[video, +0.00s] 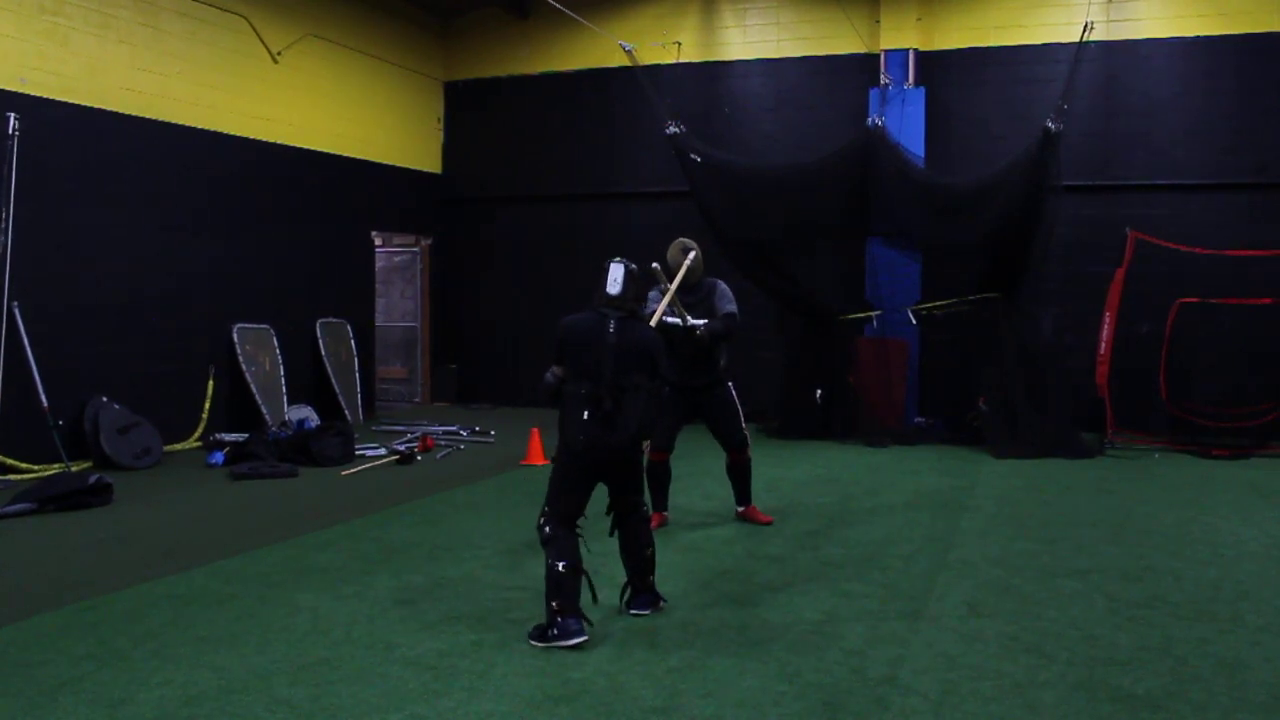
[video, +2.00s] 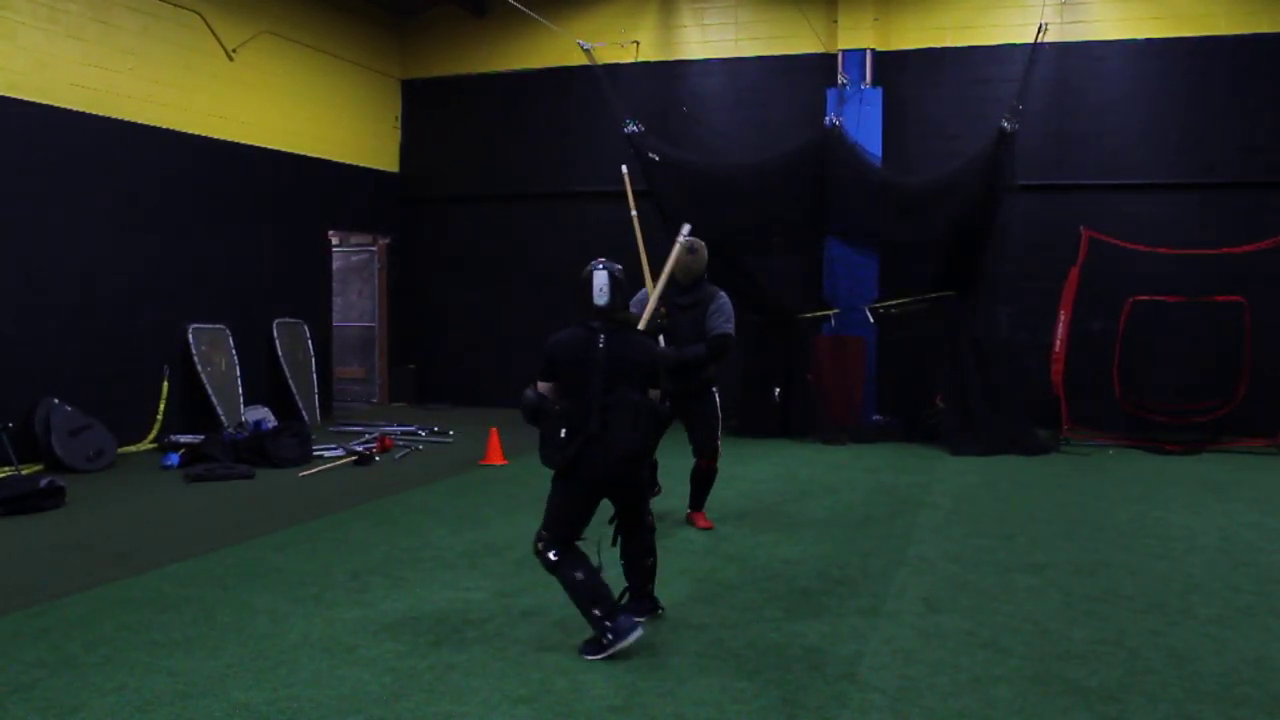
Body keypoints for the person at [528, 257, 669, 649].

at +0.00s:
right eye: (637, 294)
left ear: (599, 291)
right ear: (639, 297)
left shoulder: (574, 328)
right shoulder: (647, 338)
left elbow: (553, 381)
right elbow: (659, 393)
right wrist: (645, 432)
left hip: (579, 446)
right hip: (626, 446)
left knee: (557, 523)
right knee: (632, 512)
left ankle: (566, 618)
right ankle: (643, 593)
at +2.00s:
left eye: (592, 292)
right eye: (612, 292)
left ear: (582, 297)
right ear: (624, 298)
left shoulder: (564, 344)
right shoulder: (643, 346)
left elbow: (543, 401)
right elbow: (660, 403)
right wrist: (642, 441)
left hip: (581, 461)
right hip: (630, 460)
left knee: (553, 543)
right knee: (637, 522)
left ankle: (611, 622)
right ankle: (641, 599)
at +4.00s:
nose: (686, 360)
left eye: (688, 354)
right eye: (686, 353)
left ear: (698, 356)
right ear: (722, 343)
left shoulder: (708, 391)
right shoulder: (752, 366)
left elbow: (688, 431)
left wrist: (686, 397)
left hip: (756, 482)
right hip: (786, 475)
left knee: (689, 525)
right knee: (744, 518)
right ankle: (792, 580)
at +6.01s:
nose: (896, 280)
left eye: (902, 274)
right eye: (899, 273)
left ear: (916, 279)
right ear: (927, 280)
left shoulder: (927, 317)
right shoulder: (920, 315)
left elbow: (926, 372)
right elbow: (918, 368)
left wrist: (894, 402)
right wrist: (887, 367)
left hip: (943, 422)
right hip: (929, 420)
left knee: (926, 498)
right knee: (911, 494)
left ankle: (967, 582)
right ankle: (904, 578)